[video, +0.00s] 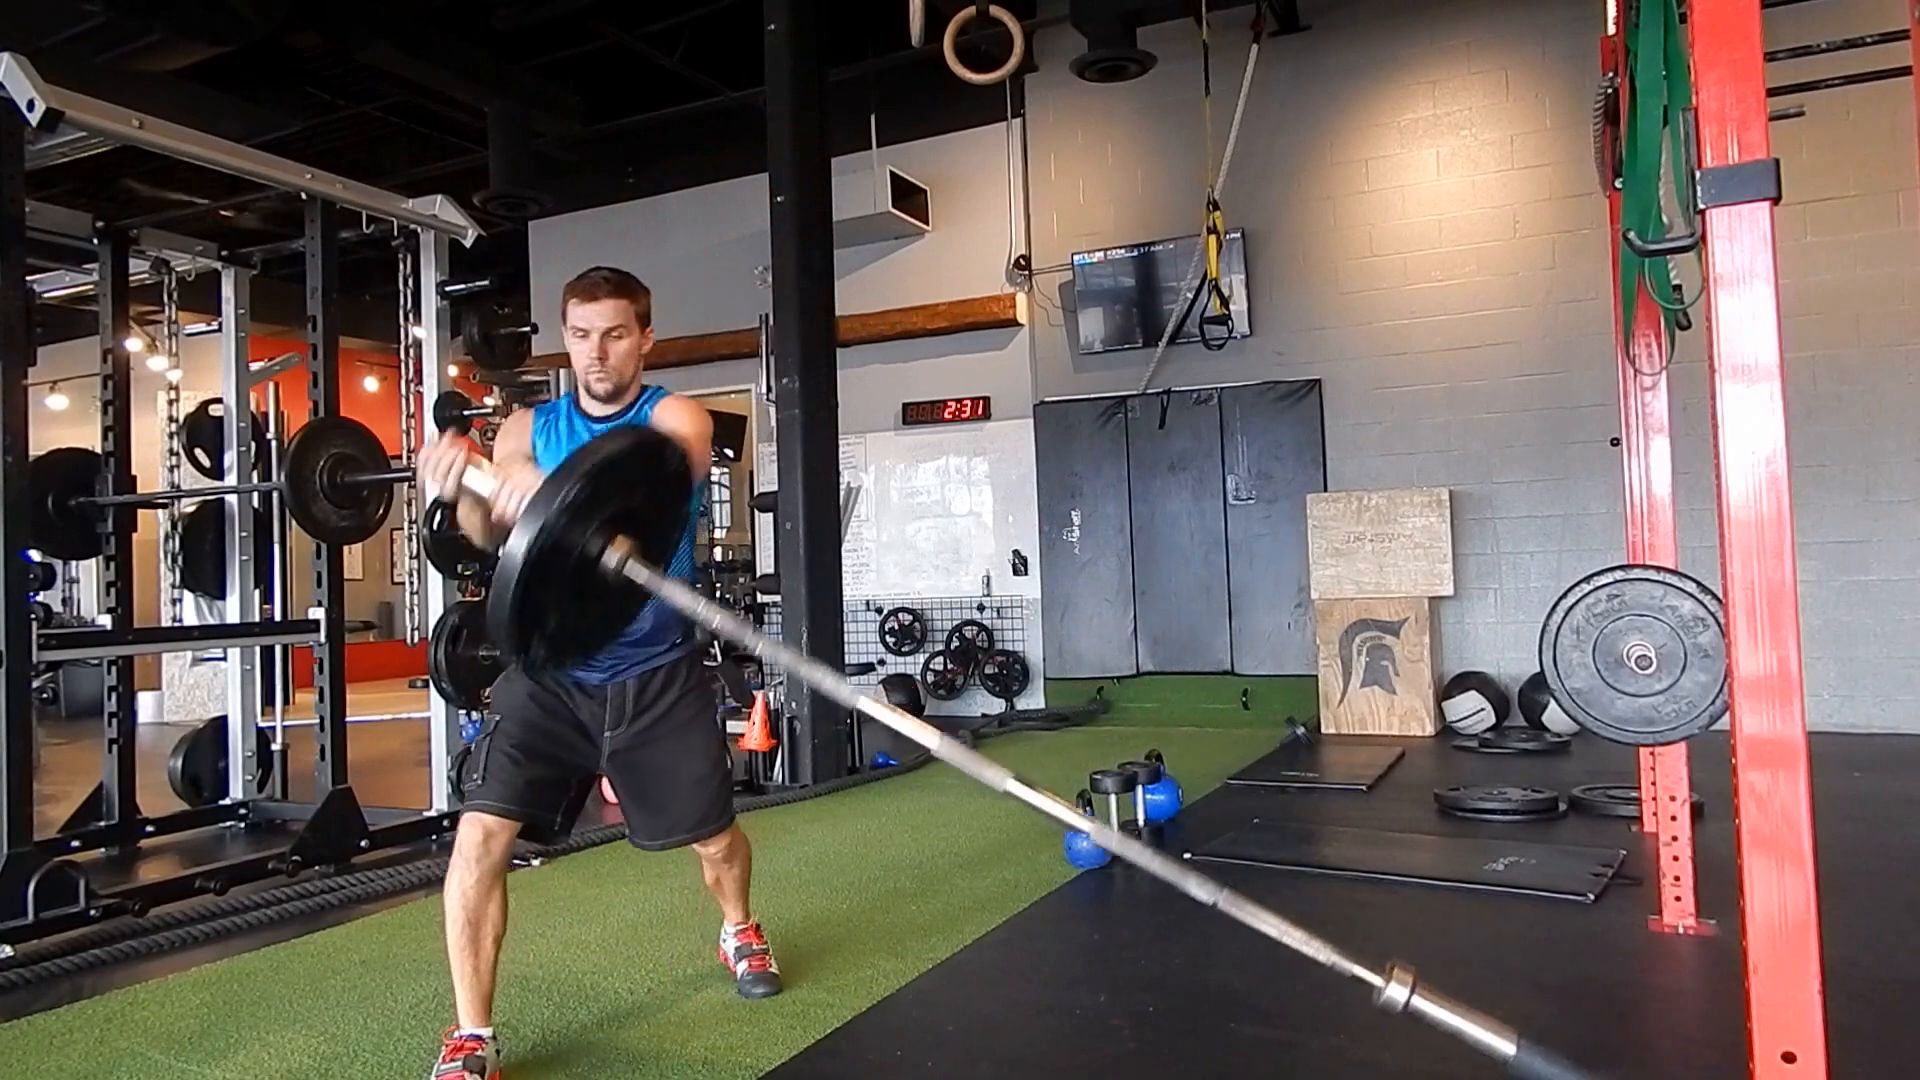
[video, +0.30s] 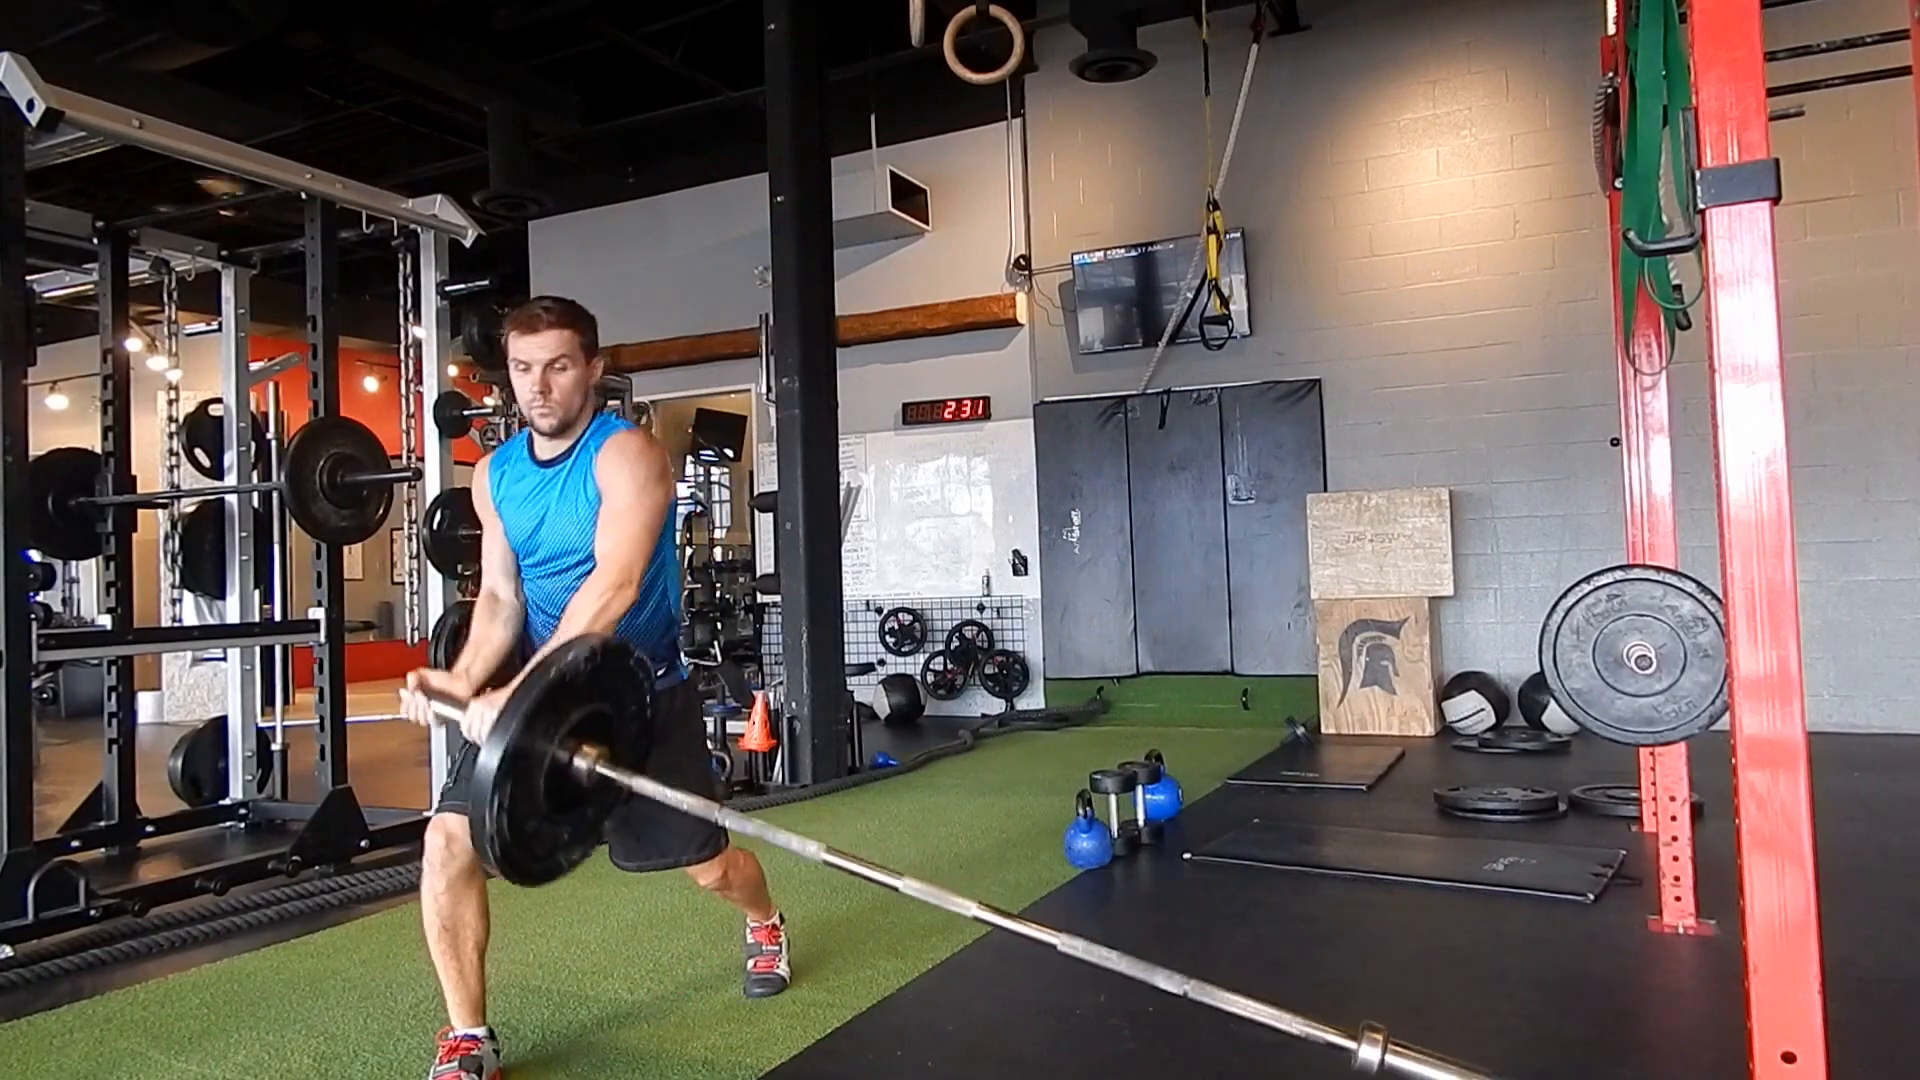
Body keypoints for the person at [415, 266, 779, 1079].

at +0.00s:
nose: (596, 352)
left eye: (613, 335)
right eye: (581, 336)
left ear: (646, 340)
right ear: (565, 341)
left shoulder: (680, 420)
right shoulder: (525, 429)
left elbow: (638, 507)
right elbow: (504, 528)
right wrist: (459, 494)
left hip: (659, 670)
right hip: (545, 675)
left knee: (715, 832)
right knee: (480, 836)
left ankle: (740, 932)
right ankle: (471, 1032)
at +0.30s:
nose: (537, 385)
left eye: (556, 366)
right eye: (522, 369)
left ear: (594, 369)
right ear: (508, 376)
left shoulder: (632, 454)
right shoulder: (497, 474)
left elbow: (615, 586)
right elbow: (497, 597)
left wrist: (524, 688)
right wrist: (462, 678)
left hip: (640, 689)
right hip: (532, 687)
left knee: (708, 863)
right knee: (448, 839)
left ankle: (767, 922)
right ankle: (467, 1038)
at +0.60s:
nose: (542, 395)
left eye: (561, 378)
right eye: (524, 381)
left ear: (593, 388)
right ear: (508, 394)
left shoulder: (630, 475)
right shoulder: (496, 491)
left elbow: (626, 616)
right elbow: (511, 611)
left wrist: (538, 720)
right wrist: (480, 696)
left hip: (641, 699)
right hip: (540, 700)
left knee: (711, 883)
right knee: (439, 845)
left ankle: (768, 921)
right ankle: (470, 1039)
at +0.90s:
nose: (614, 327)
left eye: (627, 314)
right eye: (595, 315)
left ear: (643, 331)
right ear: (562, 335)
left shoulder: (668, 404)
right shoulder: (515, 422)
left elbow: (675, 498)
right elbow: (502, 547)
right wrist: (478, 496)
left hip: (654, 667)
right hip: (541, 676)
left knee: (717, 829)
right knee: (482, 840)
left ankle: (729, 929)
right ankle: (475, 1035)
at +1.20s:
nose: (648, 293)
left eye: (653, 280)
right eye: (630, 283)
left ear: (659, 298)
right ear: (586, 300)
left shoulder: (675, 371)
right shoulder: (536, 371)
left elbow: (752, 316)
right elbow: (580, 315)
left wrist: (736, 228)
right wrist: (655, 204)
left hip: (664, 636)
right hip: (569, 635)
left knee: (702, 787)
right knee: (568, 828)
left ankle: (684, 956)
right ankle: (485, 1028)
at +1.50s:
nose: (685, 293)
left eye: (687, 280)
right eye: (664, 282)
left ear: (687, 296)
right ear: (618, 291)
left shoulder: (702, 366)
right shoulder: (581, 356)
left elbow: (781, 299)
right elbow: (659, 270)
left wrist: (811, 200)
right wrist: (743, 162)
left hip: (676, 637)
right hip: (584, 635)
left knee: (700, 791)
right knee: (558, 838)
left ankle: (683, 961)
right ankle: (488, 1029)